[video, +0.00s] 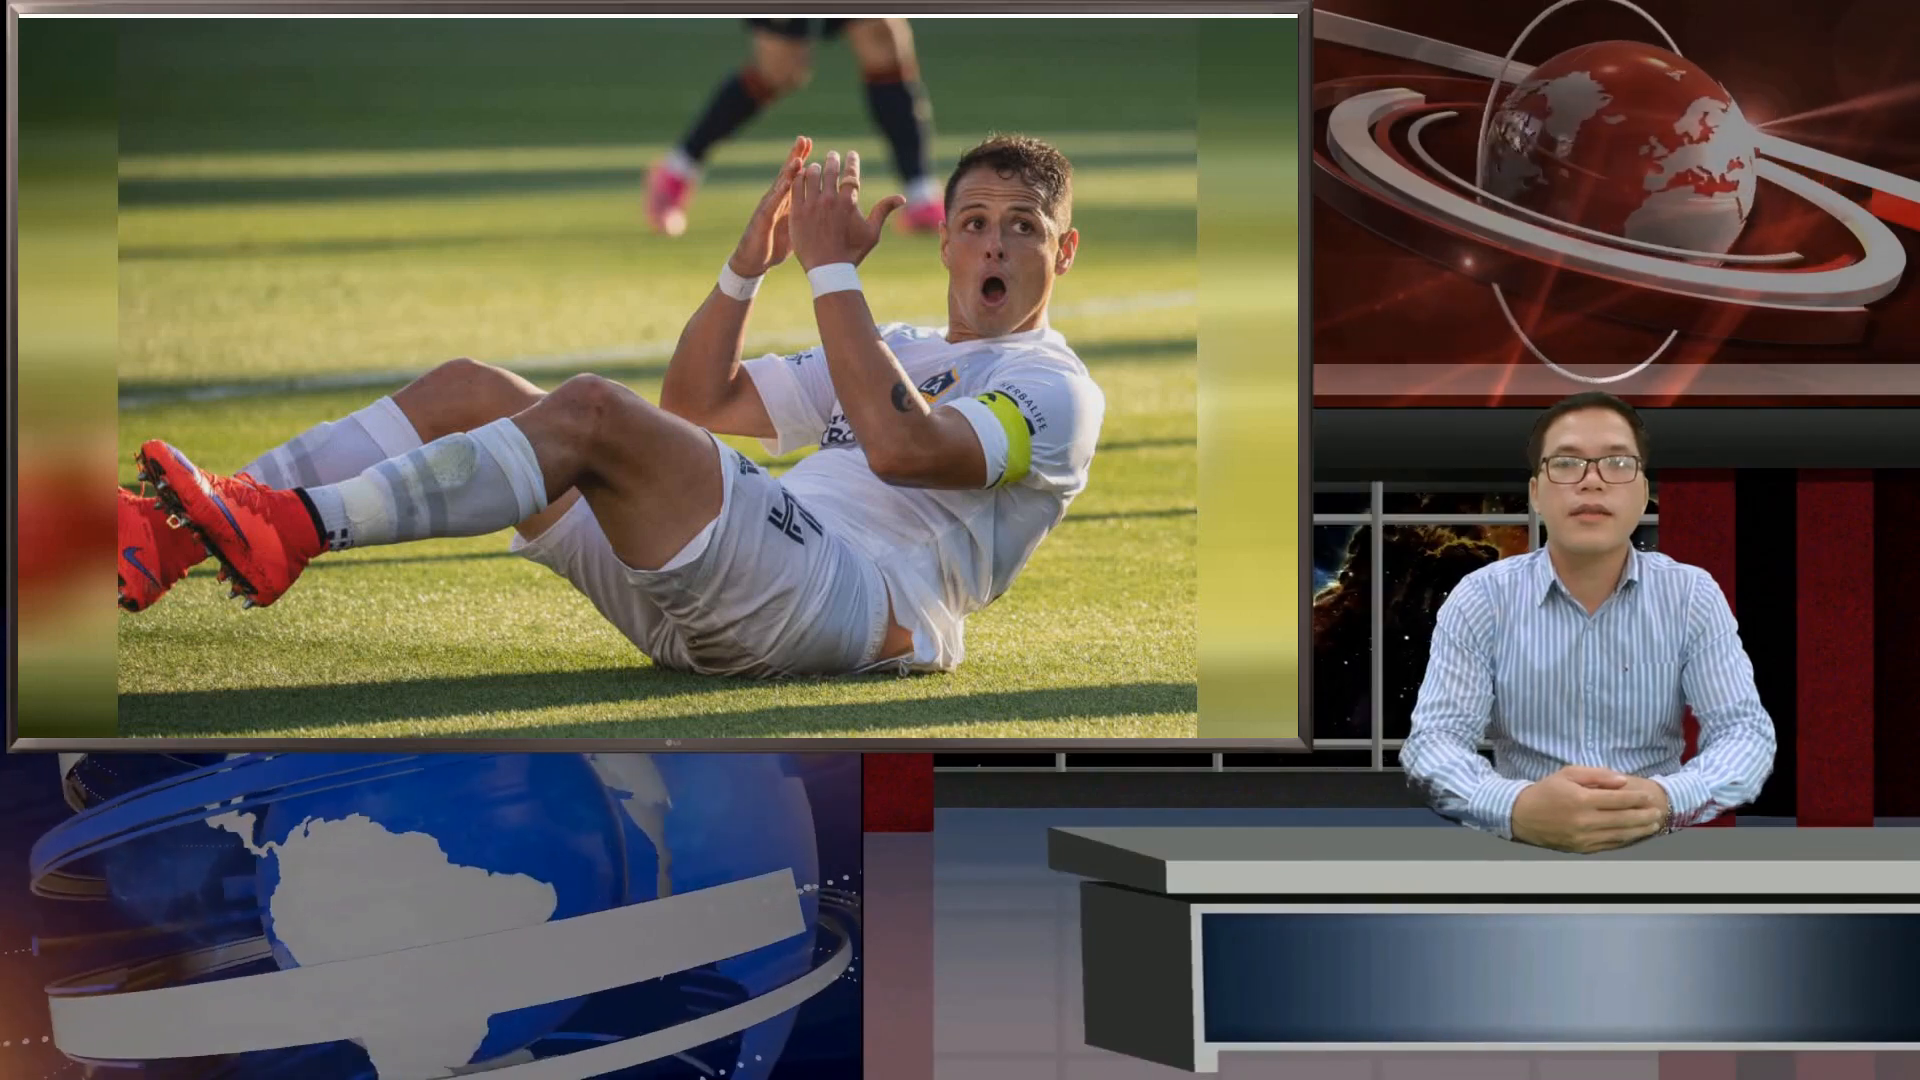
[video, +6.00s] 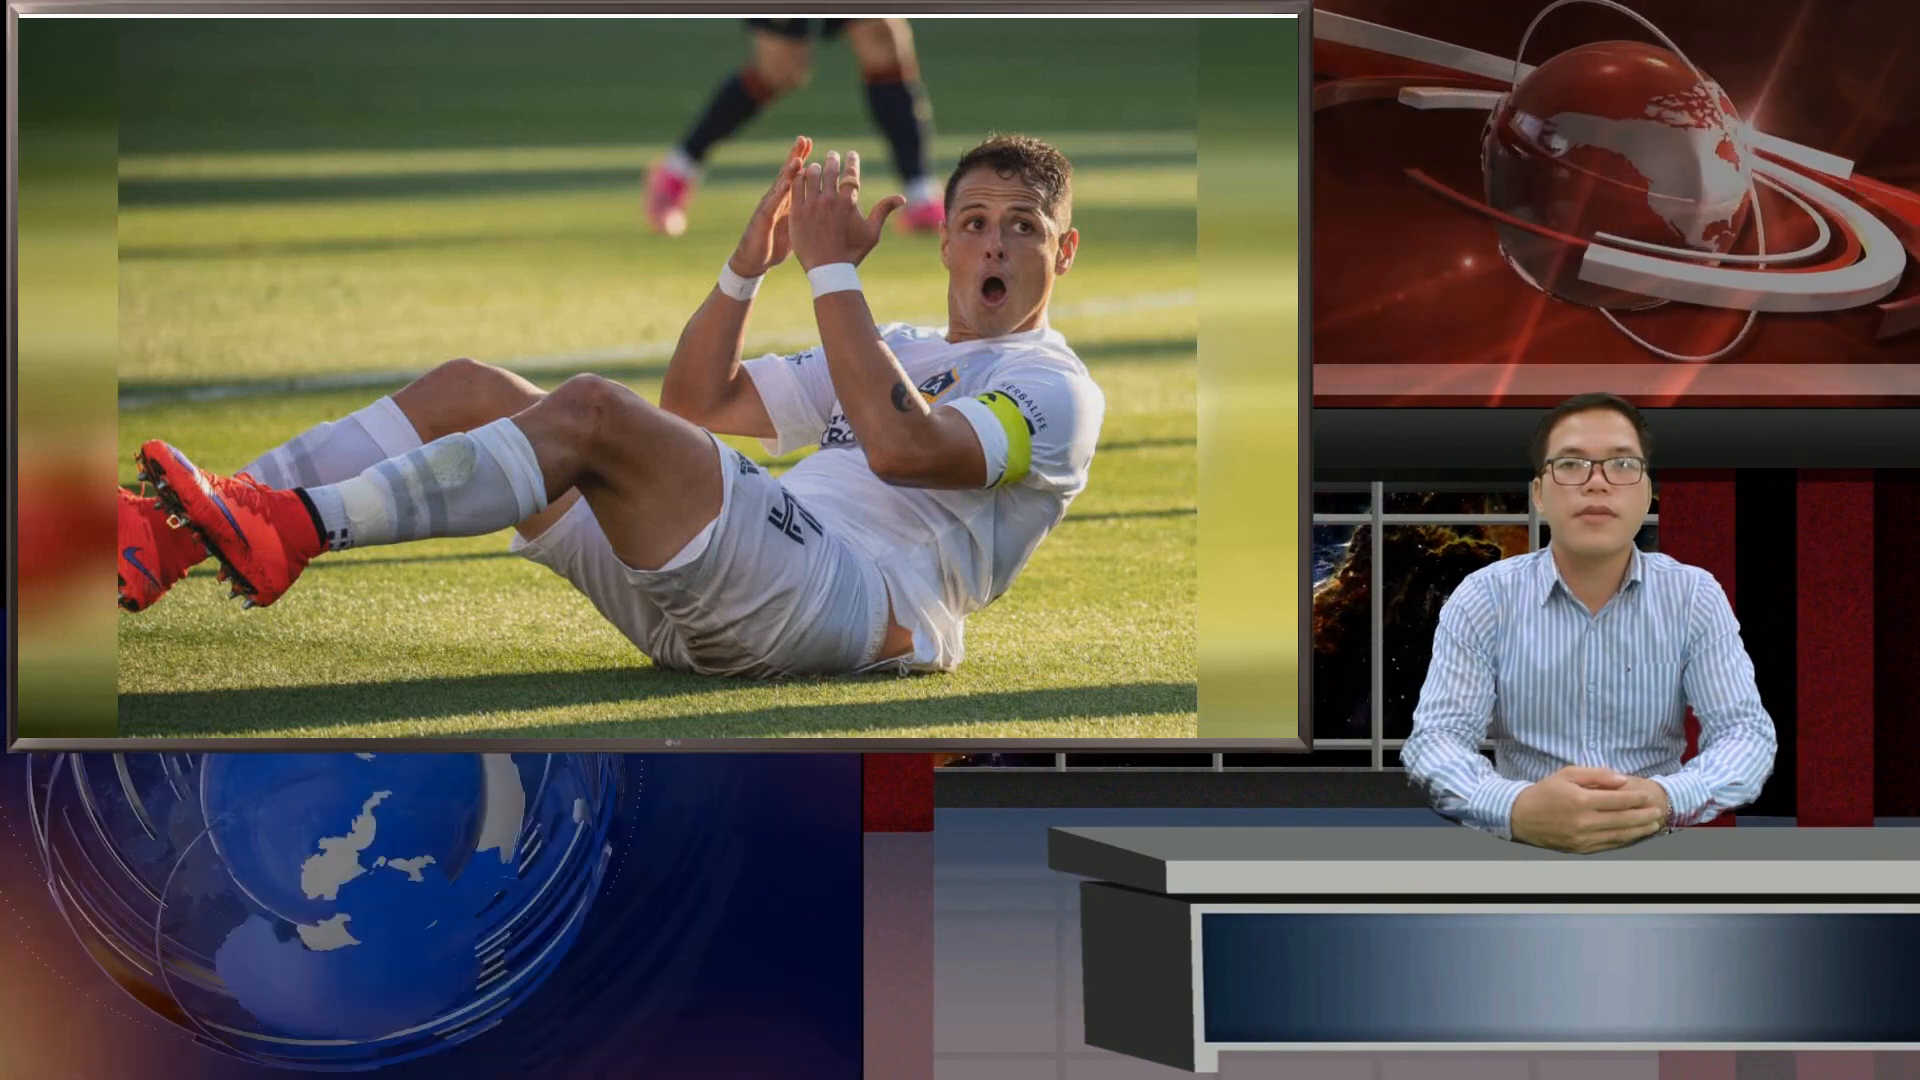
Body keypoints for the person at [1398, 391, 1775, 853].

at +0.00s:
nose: (1591, 481)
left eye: (1616, 463)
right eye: (1566, 463)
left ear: (1643, 493)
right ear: (1536, 494)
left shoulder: (1688, 598)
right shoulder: (1483, 601)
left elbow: (1744, 734)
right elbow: (1432, 745)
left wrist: (1668, 800)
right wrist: (1515, 809)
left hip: (1656, 851)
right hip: (1519, 854)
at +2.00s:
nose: (1594, 482)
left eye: (1618, 464)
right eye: (1568, 464)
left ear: (1645, 495)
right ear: (1538, 495)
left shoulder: (1690, 598)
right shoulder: (1484, 601)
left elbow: (1745, 735)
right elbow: (1432, 745)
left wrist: (1667, 800)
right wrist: (1514, 809)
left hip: (1657, 853)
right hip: (1520, 857)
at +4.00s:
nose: (1596, 483)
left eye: (1619, 464)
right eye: (1570, 464)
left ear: (1646, 494)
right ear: (1538, 496)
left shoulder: (1690, 598)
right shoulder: (1484, 601)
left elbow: (1745, 735)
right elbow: (1433, 745)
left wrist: (1667, 799)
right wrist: (1514, 809)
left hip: (1656, 853)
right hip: (1520, 857)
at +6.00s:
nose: (1597, 483)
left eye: (1620, 465)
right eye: (1571, 464)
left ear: (1647, 495)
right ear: (1539, 496)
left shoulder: (1691, 598)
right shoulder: (1484, 601)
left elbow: (1745, 735)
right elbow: (1433, 745)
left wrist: (1667, 799)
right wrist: (1514, 809)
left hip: (1657, 853)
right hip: (1520, 856)